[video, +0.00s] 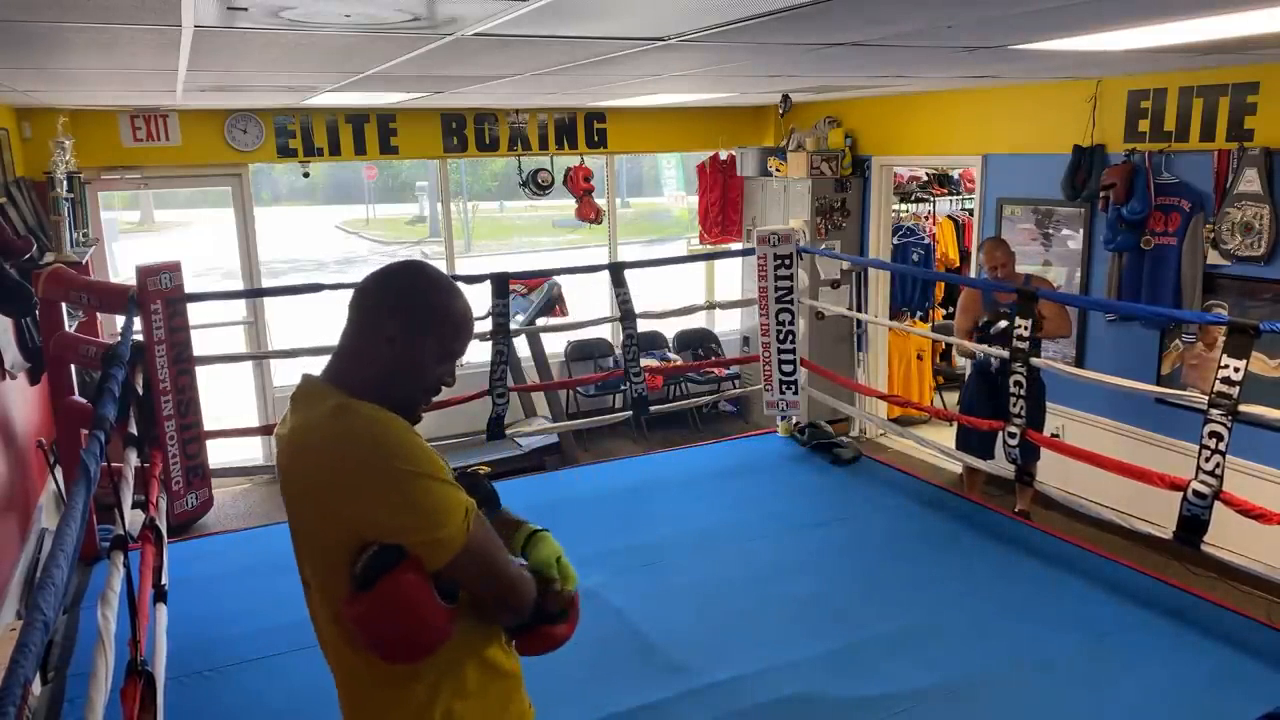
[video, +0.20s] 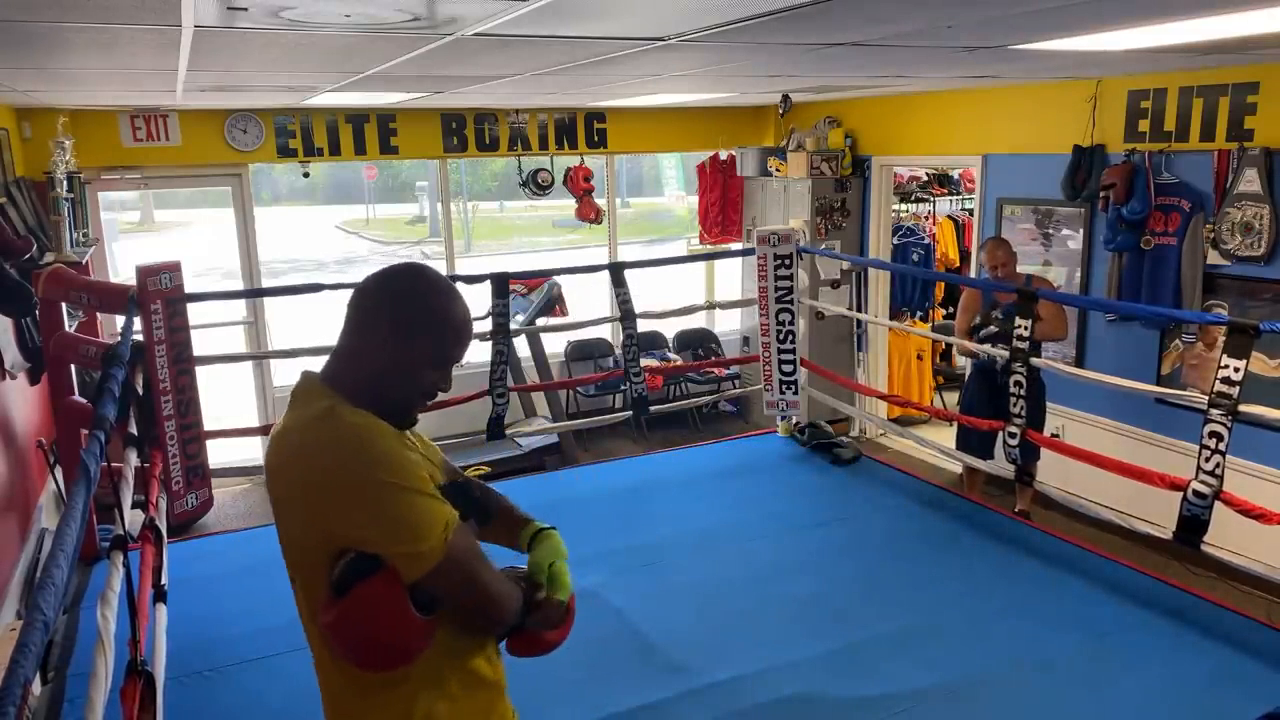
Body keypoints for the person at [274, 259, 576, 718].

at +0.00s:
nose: (449, 379)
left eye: (454, 363)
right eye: (445, 359)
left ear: (384, 339)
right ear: (392, 340)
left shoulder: (312, 418)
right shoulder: (379, 444)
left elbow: (460, 500)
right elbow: (514, 597)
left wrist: (530, 540)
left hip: (383, 700)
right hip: (456, 705)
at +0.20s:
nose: (444, 385)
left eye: (450, 369)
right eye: (439, 367)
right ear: (386, 346)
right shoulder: (353, 446)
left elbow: (459, 489)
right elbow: (492, 608)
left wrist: (535, 535)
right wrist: (518, 583)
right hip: (426, 708)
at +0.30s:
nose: (446, 391)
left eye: (451, 373)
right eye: (441, 371)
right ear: (389, 350)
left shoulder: (371, 416)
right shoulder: (346, 450)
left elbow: (458, 487)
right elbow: (484, 612)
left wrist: (535, 536)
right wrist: (515, 586)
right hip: (411, 709)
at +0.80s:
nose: (475, 398)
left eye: (481, 381)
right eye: (469, 380)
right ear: (416, 357)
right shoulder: (376, 463)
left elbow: (441, 550)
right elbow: (490, 639)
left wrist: (539, 542)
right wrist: (567, 631)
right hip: (420, 708)